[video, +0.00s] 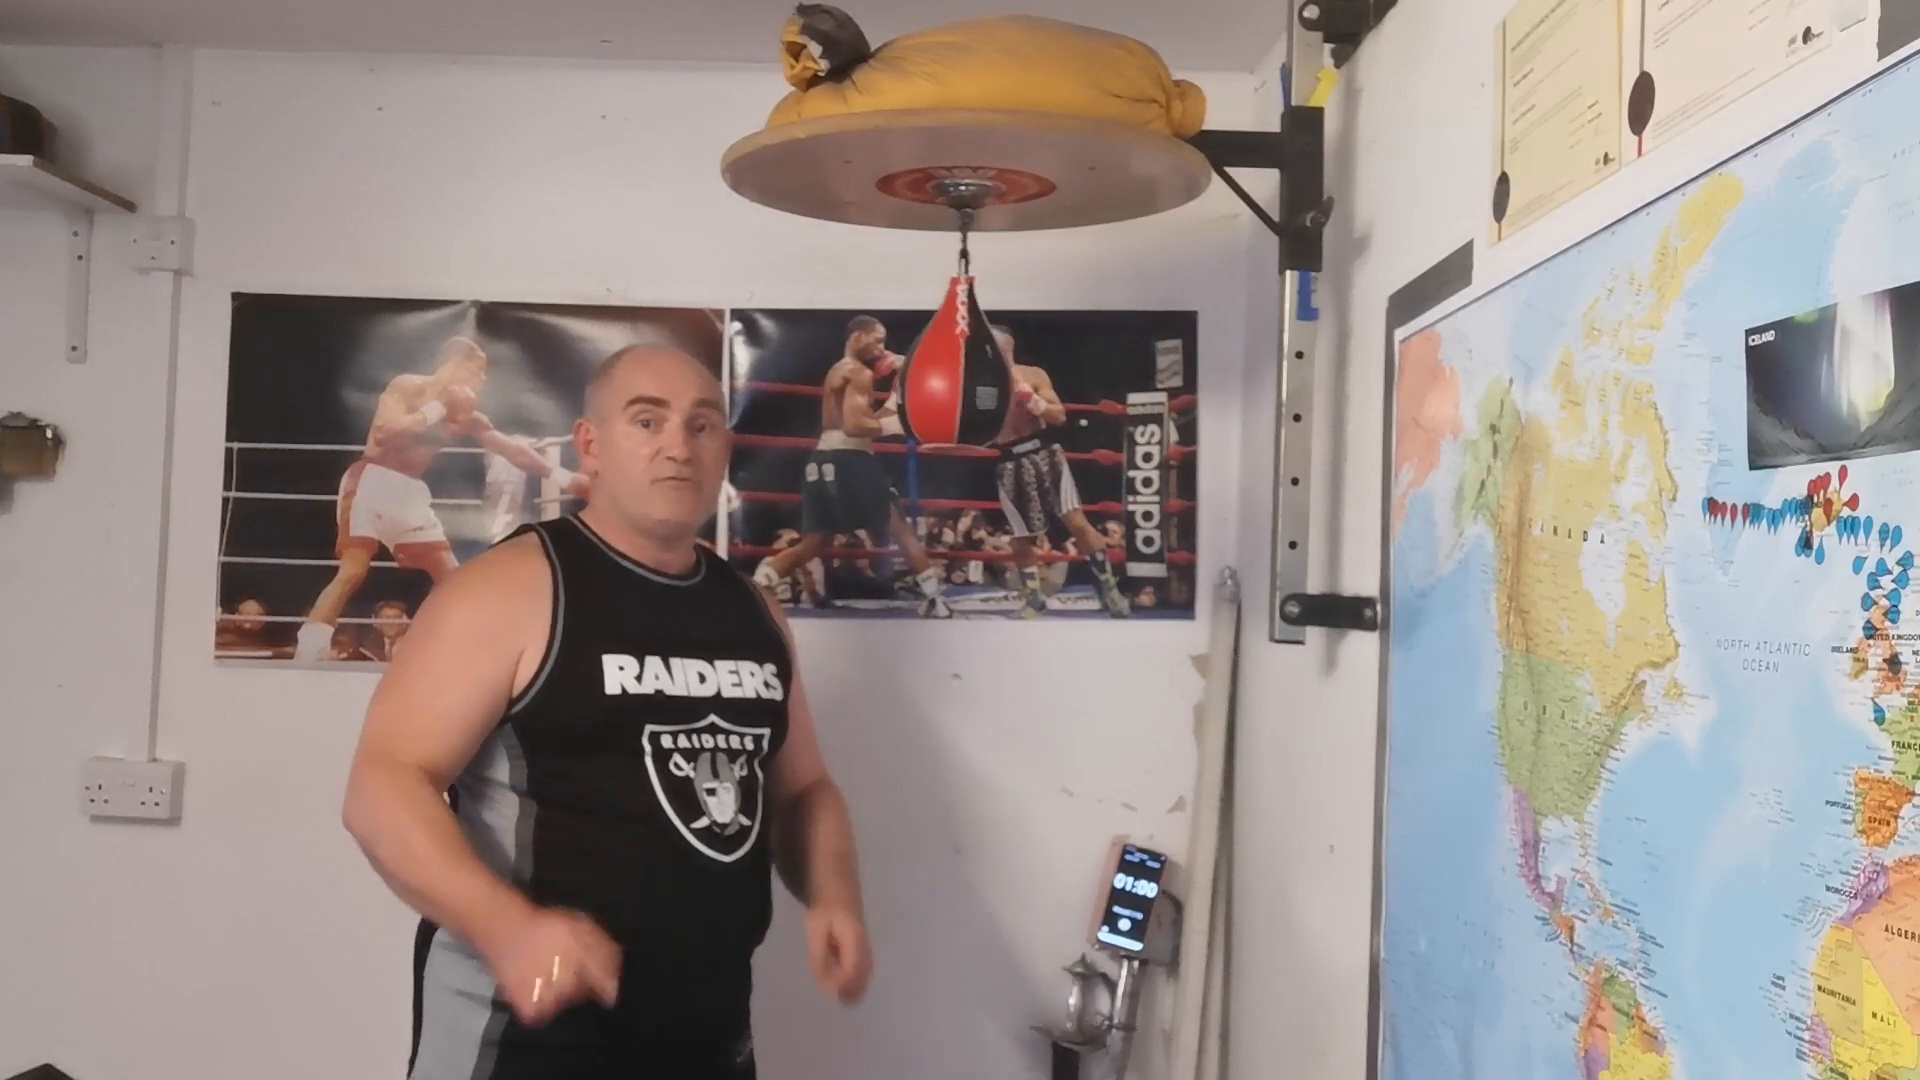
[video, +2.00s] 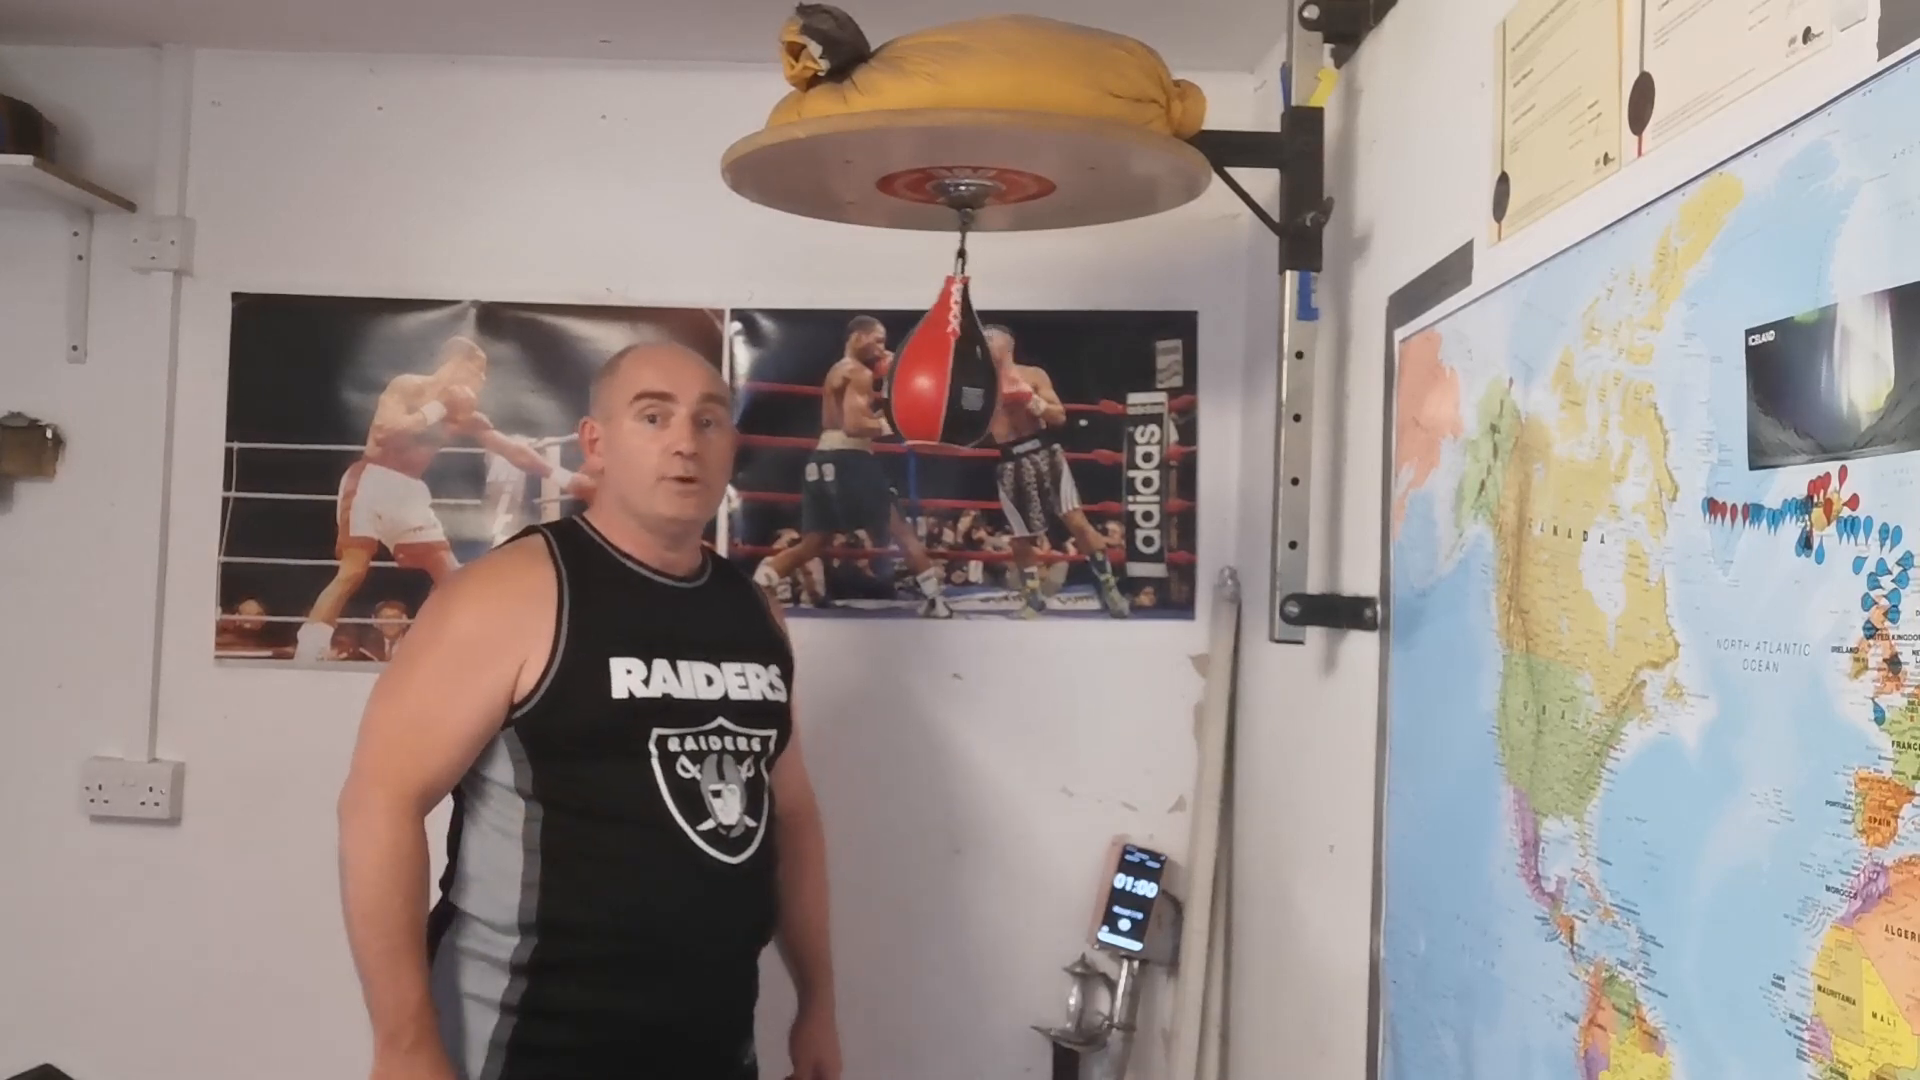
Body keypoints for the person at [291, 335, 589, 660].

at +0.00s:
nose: (476, 384)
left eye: (479, 377)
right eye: (472, 374)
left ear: (476, 380)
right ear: (451, 365)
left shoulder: (464, 415)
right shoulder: (404, 386)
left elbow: (511, 449)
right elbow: (383, 433)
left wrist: (563, 478)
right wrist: (436, 409)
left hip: (408, 492)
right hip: (367, 483)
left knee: (448, 573)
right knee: (353, 570)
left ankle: (461, 654)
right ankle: (306, 652)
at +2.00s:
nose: (479, 384)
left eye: (481, 377)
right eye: (476, 374)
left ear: (471, 379)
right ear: (454, 367)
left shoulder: (463, 415)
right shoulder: (405, 386)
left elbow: (510, 450)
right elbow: (384, 433)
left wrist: (563, 478)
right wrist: (437, 408)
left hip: (409, 493)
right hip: (370, 483)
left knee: (448, 573)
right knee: (353, 571)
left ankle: (460, 651)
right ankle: (305, 650)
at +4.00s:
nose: (475, 386)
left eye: (479, 380)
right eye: (472, 376)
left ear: (475, 384)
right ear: (451, 367)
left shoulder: (463, 415)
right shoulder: (406, 387)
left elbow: (511, 450)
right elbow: (384, 432)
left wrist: (566, 478)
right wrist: (437, 409)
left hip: (409, 492)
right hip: (370, 481)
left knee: (449, 573)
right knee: (353, 571)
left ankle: (424, 656)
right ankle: (306, 652)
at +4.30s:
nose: (479, 383)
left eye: (481, 376)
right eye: (476, 373)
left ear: (472, 377)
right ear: (456, 364)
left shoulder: (464, 412)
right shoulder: (405, 386)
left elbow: (511, 450)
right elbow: (384, 431)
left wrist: (564, 478)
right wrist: (431, 412)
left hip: (408, 493)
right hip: (368, 483)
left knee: (449, 574)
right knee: (352, 571)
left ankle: (428, 662)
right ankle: (305, 656)